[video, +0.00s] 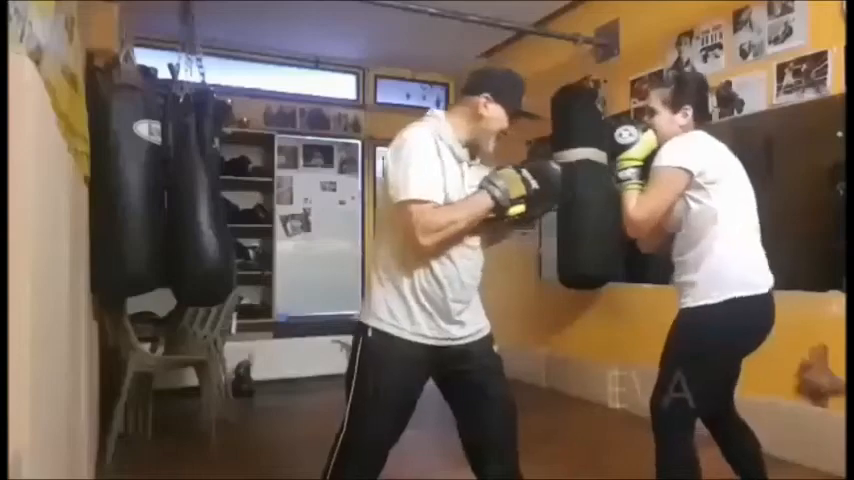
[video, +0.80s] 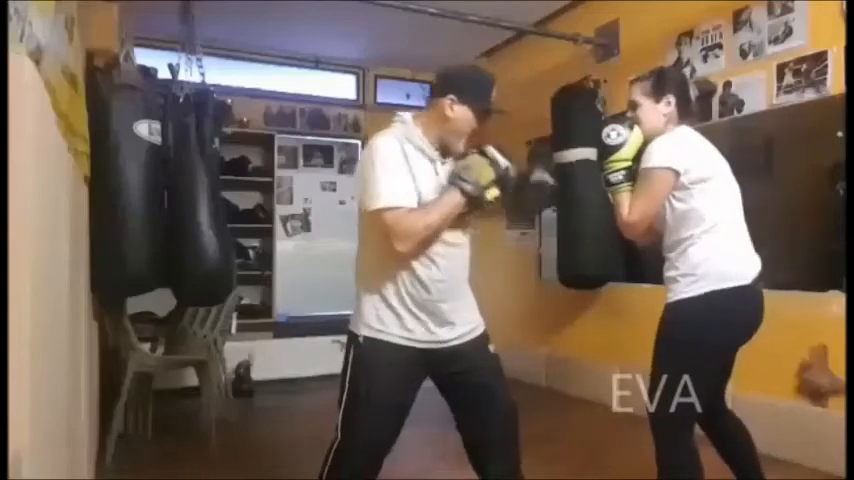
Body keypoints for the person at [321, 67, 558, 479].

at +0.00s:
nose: (507, 128)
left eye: (511, 119)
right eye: (508, 116)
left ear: (483, 106)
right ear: (484, 104)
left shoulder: (471, 158)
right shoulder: (417, 140)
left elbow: (471, 238)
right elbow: (425, 232)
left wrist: (517, 212)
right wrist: (494, 193)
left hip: (464, 332)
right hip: (397, 331)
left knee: (497, 449)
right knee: (361, 453)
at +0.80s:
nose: (482, 129)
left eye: (485, 118)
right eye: (479, 115)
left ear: (451, 108)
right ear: (449, 106)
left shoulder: (457, 156)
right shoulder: (385, 147)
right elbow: (403, 238)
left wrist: (509, 194)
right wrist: (463, 192)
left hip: (459, 330)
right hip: (389, 332)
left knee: (498, 442)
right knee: (357, 457)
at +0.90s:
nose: (474, 128)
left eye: (477, 117)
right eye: (470, 114)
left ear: (443, 108)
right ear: (440, 107)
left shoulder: (453, 150)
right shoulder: (378, 150)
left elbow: (508, 145)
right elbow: (397, 240)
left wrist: (505, 187)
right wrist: (453, 186)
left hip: (455, 324)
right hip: (386, 332)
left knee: (499, 427)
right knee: (356, 455)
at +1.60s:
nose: (472, 127)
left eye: (475, 117)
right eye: (468, 115)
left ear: (442, 110)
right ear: (439, 108)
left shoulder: (461, 150)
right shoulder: (379, 152)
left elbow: (513, 163)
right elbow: (395, 242)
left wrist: (494, 208)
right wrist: (458, 195)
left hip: (458, 321)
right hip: (391, 329)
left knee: (501, 421)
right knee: (364, 448)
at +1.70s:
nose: (458, 120)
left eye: (460, 110)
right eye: (453, 107)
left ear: (430, 104)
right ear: (423, 101)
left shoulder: (443, 150)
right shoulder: (374, 152)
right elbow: (411, 231)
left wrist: (476, 205)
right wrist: (464, 187)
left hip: (451, 323)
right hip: (387, 331)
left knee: (495, 426)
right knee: (361, 449)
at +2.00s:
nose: (453, 108)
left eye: (453, 98)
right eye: (446, 96)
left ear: (417, 97)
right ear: (414, 94)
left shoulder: (438, 149)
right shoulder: (371, 149)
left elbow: (457, 209)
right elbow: (420, 214)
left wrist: (504, 183)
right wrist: (476, 165)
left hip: (449, 327)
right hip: (382, 333)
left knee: (488, 429)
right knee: (359, 450)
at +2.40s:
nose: (470, 111)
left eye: (470, 101)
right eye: (463, 98)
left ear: (434, 99)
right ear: (432, 95)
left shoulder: (436, 152)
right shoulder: (399, 140)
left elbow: (476, 218)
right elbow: (471, 202)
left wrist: (521, 185)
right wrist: (521, 155)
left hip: (454, 329)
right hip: (393, 334)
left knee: (493, 434)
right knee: (363, 457)